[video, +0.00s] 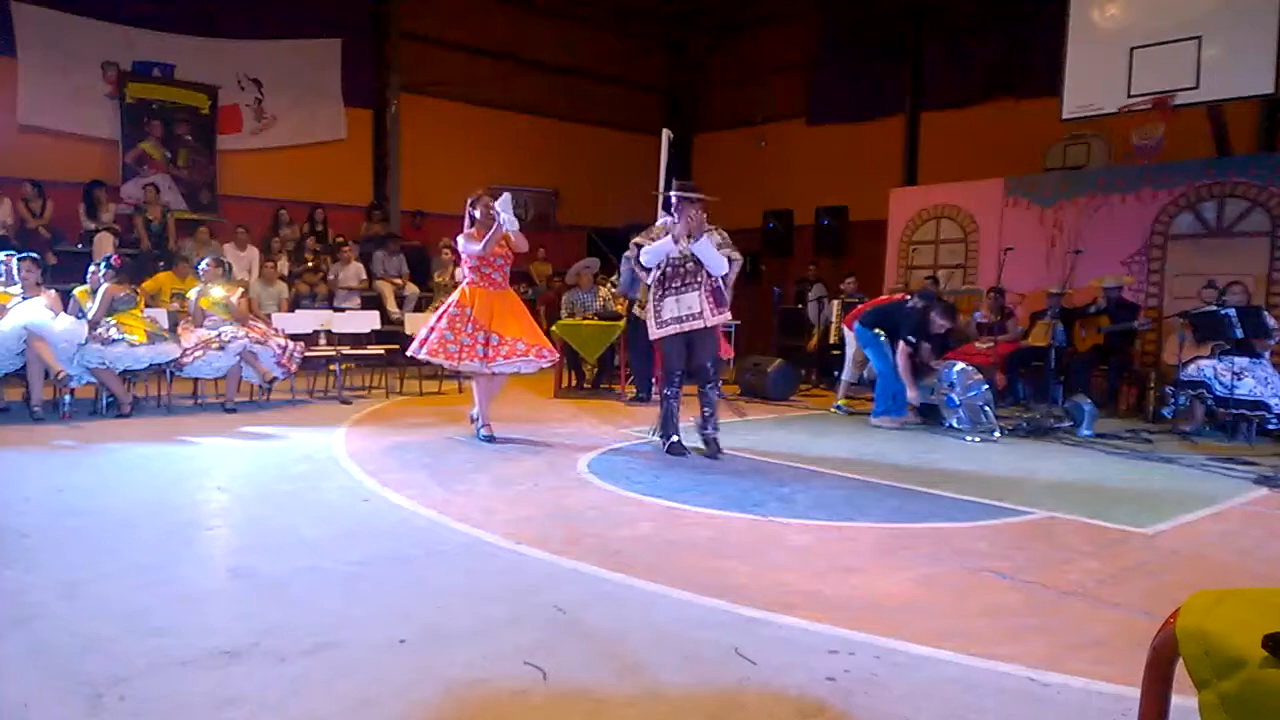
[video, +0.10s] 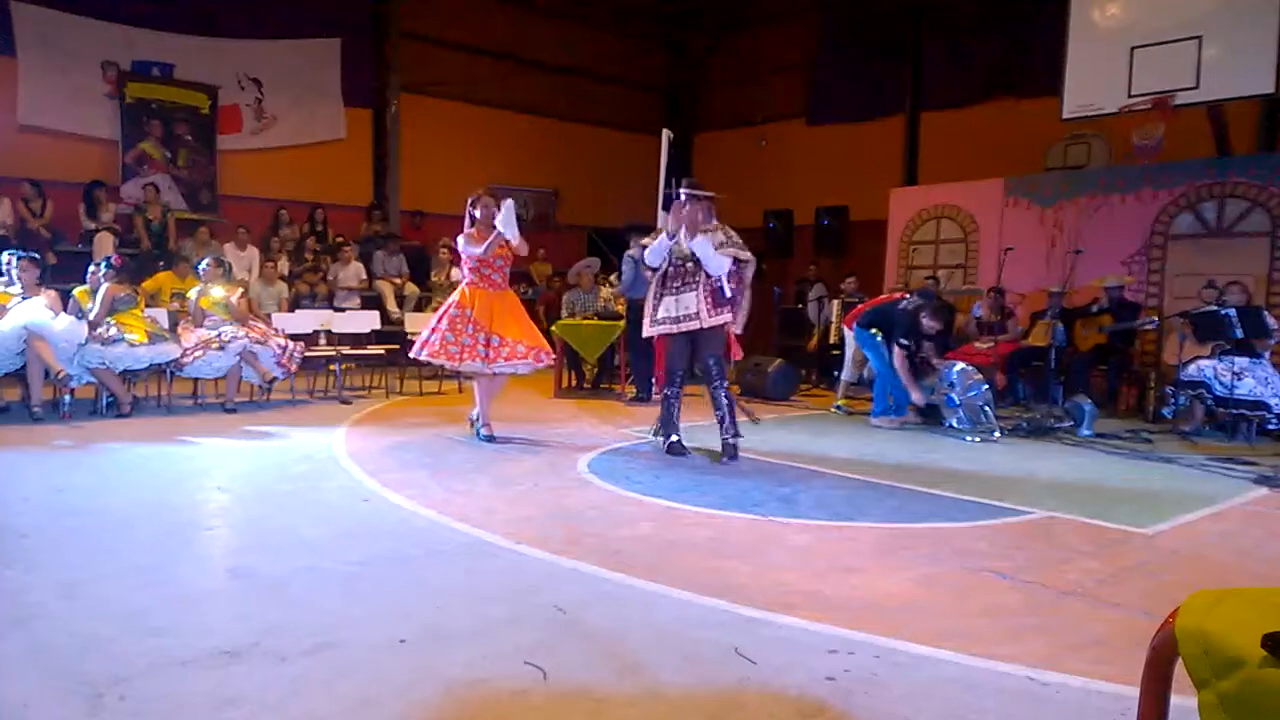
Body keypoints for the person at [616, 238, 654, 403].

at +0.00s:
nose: (630, 247)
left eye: (631, 243)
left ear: (632, 242)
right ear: (649, 241)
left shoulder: (629, 257)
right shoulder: (656, 257)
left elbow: (624, 285)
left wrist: (617, 291)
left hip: (637, 304)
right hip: (656, 302)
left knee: (638, 348)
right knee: (647, 348)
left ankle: (642, 389)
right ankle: (645, 386)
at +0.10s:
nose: (628, 243)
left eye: (629, 240)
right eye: (630, 240)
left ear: (631, 240)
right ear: (644, 239)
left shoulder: (630, 255)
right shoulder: (653, 254)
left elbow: (628, 278)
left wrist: (618, 290)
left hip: (636, 302)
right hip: (652, 301)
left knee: (636, 345)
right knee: (647, 344)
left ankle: (642, 388)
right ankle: (646, 385)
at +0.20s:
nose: (629, 244)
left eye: (630, 242)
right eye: (631, 242)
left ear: (631, 242)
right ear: (646, 243)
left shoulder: (630, 256)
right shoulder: (653, 257)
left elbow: (630, 279)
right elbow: (655, 280)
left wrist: (616, 290)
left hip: (636, 302)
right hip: (651, 301)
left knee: (636, 345)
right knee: (646, 345)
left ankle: (642, 388)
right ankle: (646, 385)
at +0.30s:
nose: (627, 244)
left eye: (627, 241)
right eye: (628, 241)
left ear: (629, 241)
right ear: (644, 240)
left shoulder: (630, 255)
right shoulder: (655, 256)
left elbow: (631, 279)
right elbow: (660, 281)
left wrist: (616, 289)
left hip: (635, 303)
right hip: (650, 303)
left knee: (632, 346)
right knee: (645, 346)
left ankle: (636, 387)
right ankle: (645, 387)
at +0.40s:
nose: (624, 244)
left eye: (625, 241)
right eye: (625, 241)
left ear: (627, 241)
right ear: (642, 240)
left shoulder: (629, 255)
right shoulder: (654, 256)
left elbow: (630, 279)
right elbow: (659, 281)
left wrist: (616, 289)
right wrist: (642, 281)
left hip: (634, 303)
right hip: (649, 302)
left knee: (627, 346)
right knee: (645, 347)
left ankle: (628, 389)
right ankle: (646, 389)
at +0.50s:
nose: (622, 245)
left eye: (622, 242)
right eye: (623, 242)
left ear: (625, 241)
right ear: (639, 240)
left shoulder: (627, 254)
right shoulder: (652, 255)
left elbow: (627, 278)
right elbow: (657, 278)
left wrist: (614, 289)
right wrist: (641, 279)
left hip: (632, 302)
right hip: (647, 302)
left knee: (622, 345)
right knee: (643, 346)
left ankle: (619, 389)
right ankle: (646, 389)